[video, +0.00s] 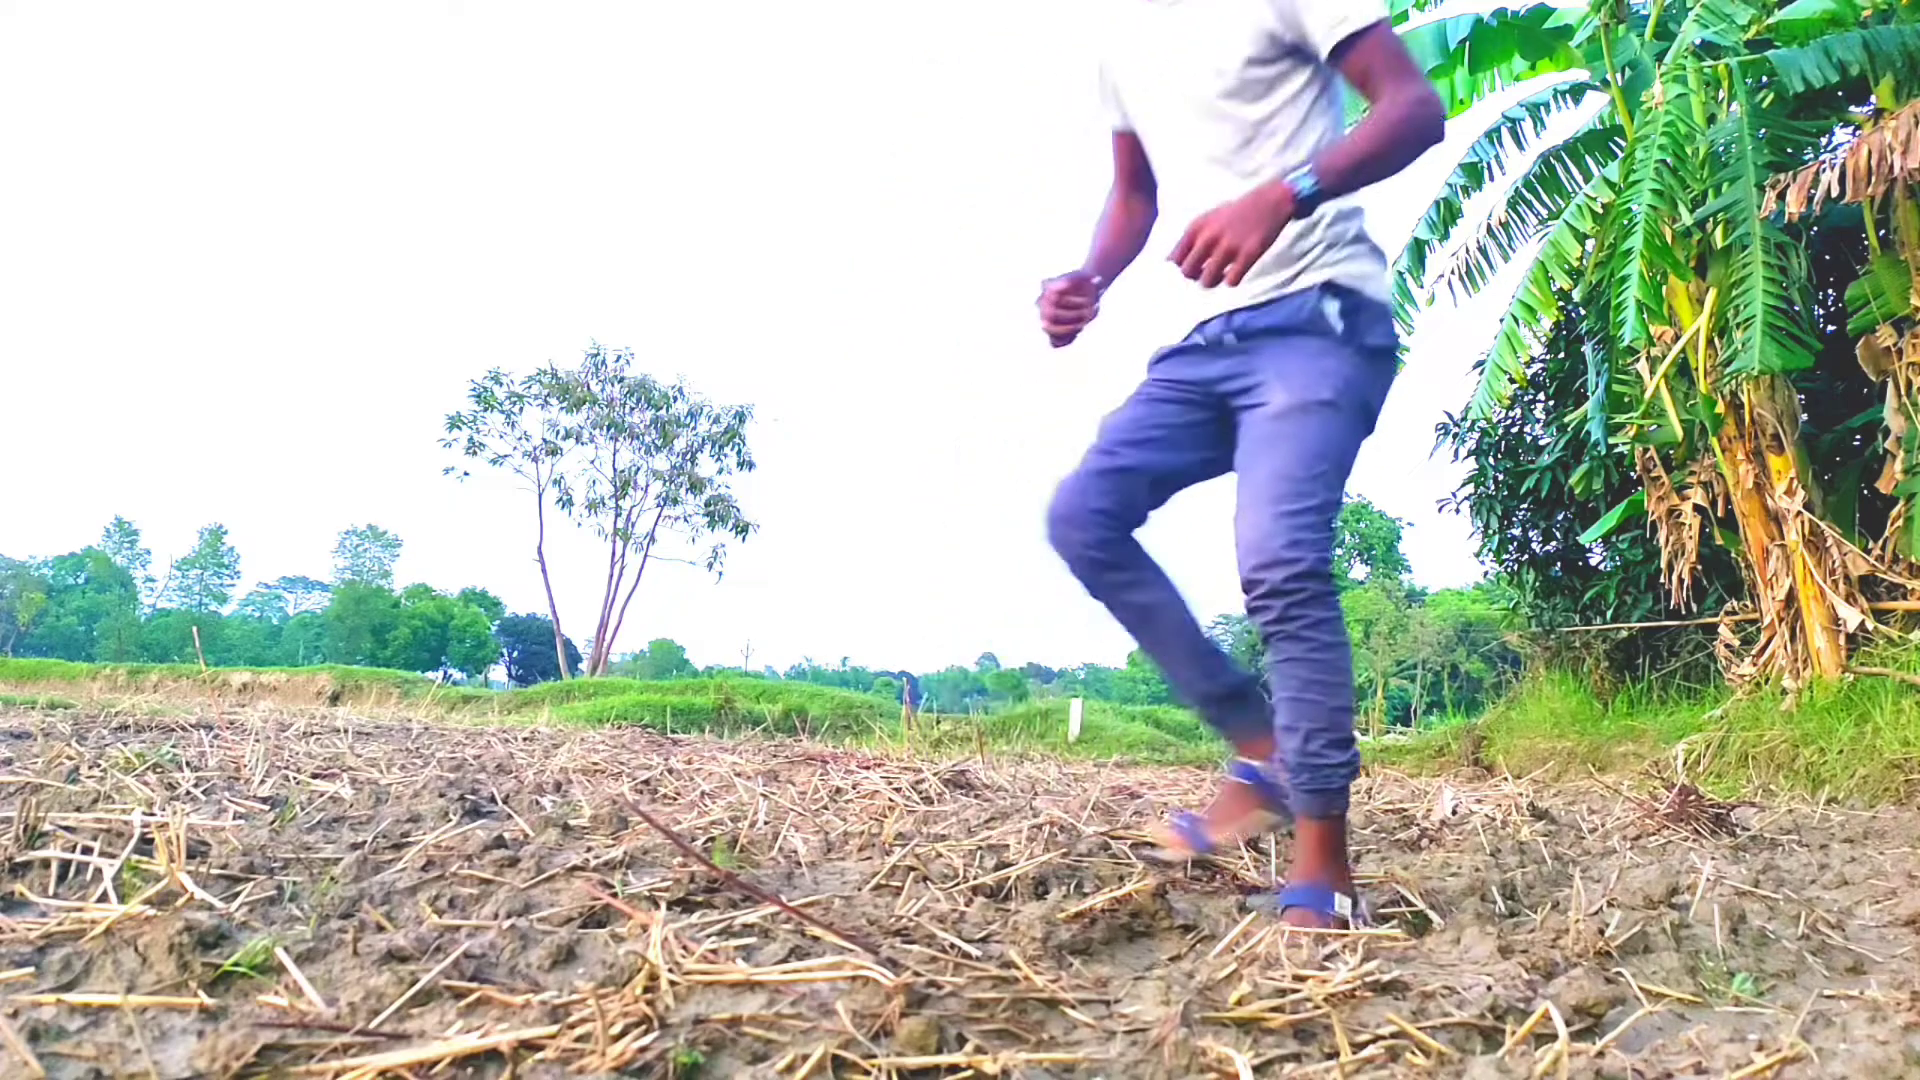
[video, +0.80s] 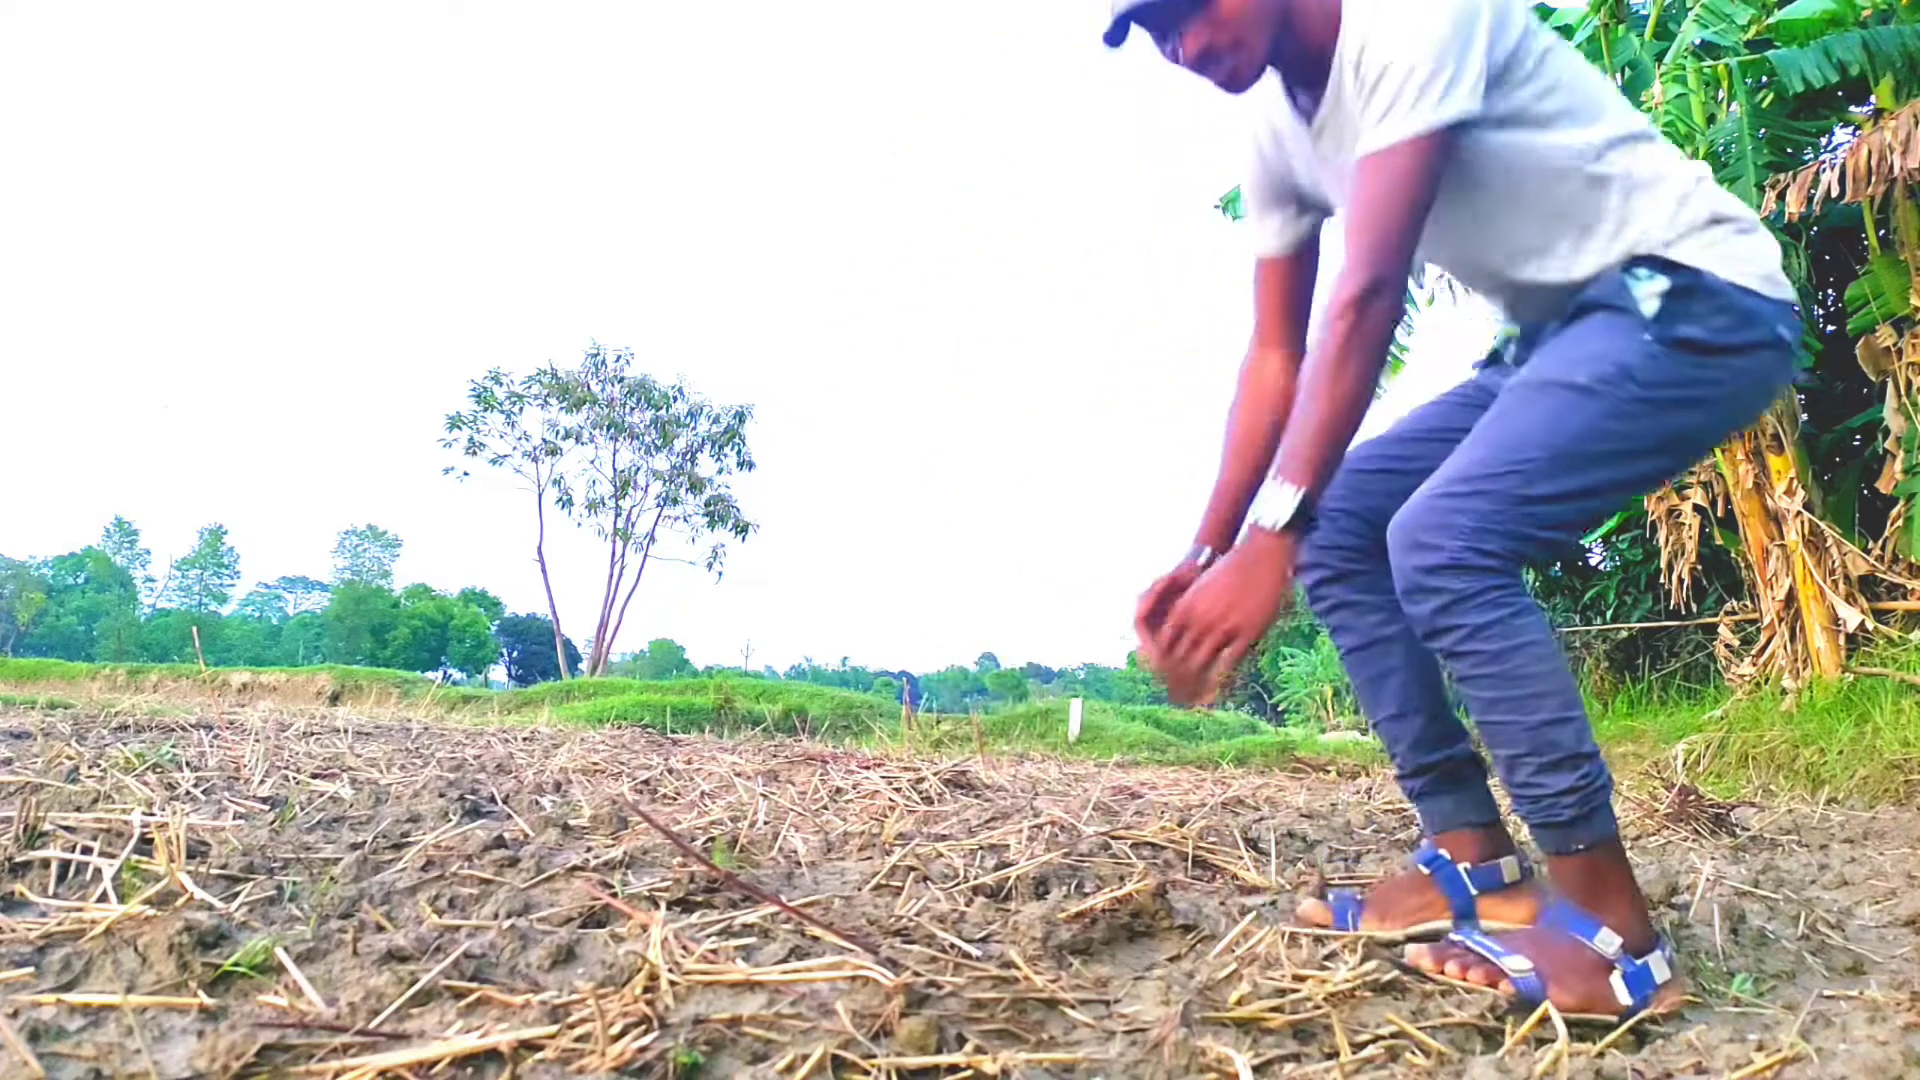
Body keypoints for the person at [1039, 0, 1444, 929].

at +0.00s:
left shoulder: (1291, 8)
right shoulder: (1117, 44)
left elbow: (1415, 108)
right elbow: (1134, 189)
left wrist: (1281, 195)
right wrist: (1094, 275)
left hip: (1318, 319)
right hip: (1209, 341)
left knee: (1282, 566)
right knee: (1082, 518)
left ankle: (1319, 877)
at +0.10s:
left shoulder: (1324, 2)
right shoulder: (1145, 23)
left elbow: (1453, 64)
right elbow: (1154, 160)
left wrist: (1328, 175)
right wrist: (1126, 255)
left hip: (1368, 269)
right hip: (1270, 310)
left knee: (1310, 553)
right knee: (1224, 576)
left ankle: (1328, 872)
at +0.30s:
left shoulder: (1390, 5)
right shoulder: (1197, 31)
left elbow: (1516, 63)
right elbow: (1198, 199)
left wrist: (1387, 194)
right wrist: (1157, 321)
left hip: (1460, 248)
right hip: (1395, 278)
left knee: (1271, 444)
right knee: (1301, 589)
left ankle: (1425, 775)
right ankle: (1385, 856)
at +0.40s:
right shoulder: (1226, 20)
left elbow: (1534, 45)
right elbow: (1238, 184)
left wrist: (1396, 199)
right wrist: (1185, 326)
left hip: (1479, 241)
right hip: (1398, 277)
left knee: (1337, 484)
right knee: (1322, 581)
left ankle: (1520, 837)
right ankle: (1400, 882)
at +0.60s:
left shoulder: (1449, 5)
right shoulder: (1290, 24)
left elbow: (1493, 126)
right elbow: (1311, 214)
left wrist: (1388, 357)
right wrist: (1251, 407)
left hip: (1585, 250)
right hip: (1467, 285)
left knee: (1409, 537)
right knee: (1278, 522)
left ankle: (1580, 912)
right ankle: (1431, 823)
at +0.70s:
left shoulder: (1439, 4)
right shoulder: (1289, 38)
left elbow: (1438, 190)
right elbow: (1311, 252)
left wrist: (1356, 427)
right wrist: (1249, 450)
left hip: (1632, 269)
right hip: (1508, 303)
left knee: (1425, 540)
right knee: (1312, 530)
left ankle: (1598, 921)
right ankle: (1479, 826)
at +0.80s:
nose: (1183, 53)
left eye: (1186, 15)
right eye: (1159, 39)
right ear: (1157, 43)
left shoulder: (1418, 24)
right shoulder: (1275, 127)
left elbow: (1363, 305)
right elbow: (1275, 345)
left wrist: (1273, 539)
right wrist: (1210, 546)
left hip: (1692, 298)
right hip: (1563, 326)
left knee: (1442, 544)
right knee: (1331, 533)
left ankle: (1607, 923)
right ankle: (1472, 865)